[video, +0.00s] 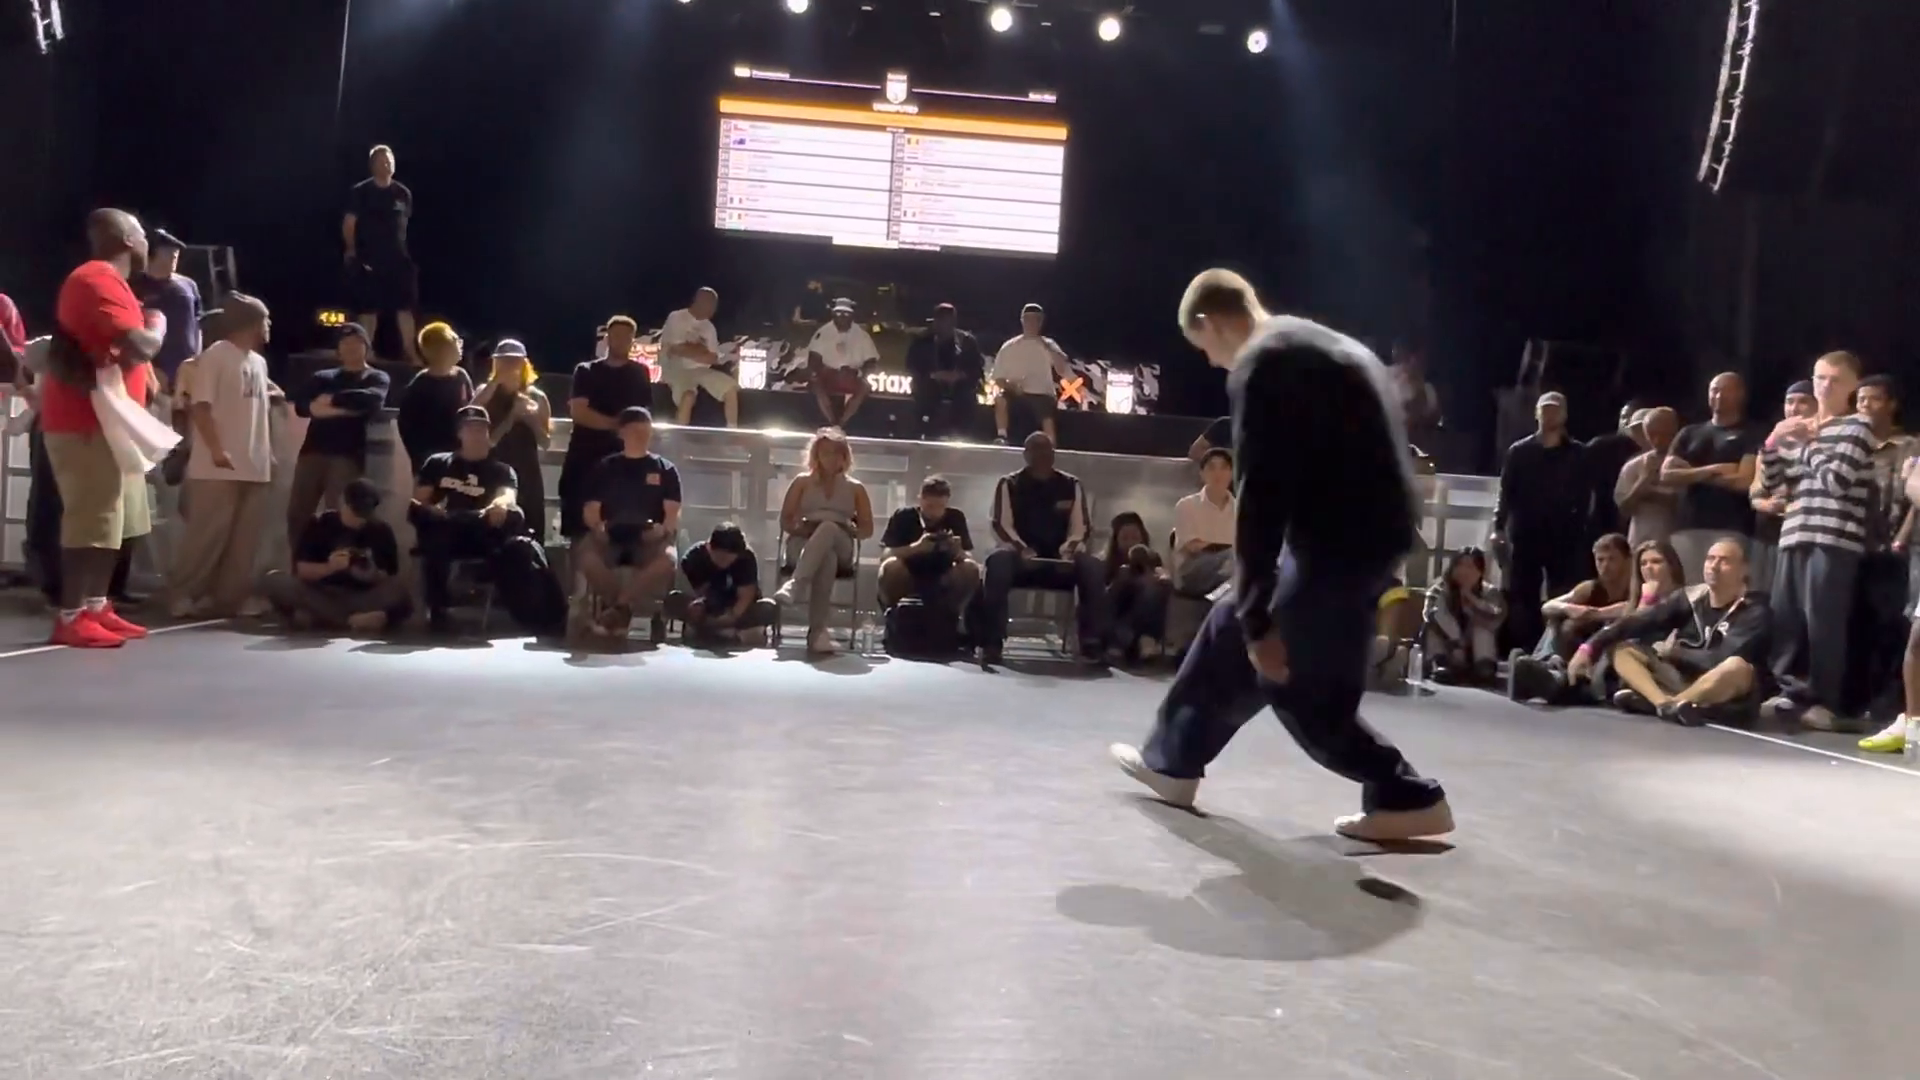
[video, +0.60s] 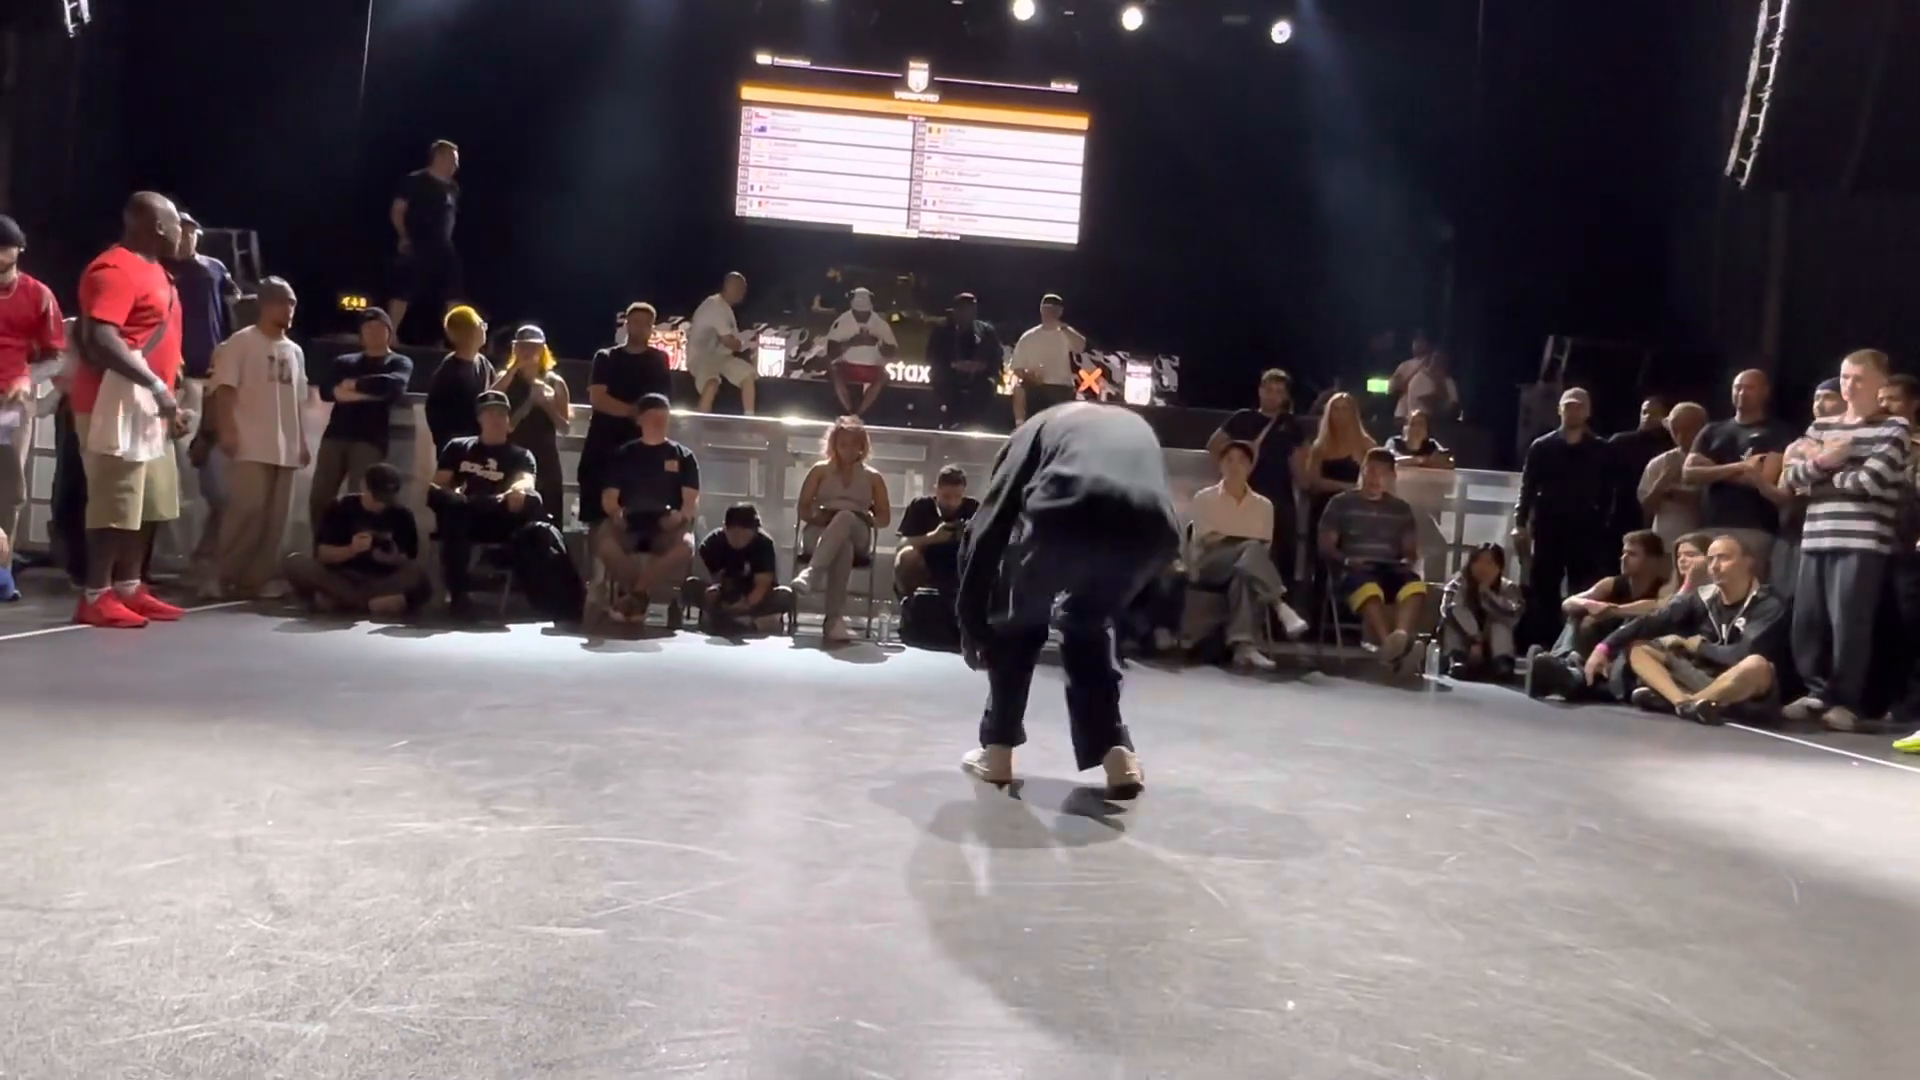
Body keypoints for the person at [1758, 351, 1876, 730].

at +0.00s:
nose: (1821, 386)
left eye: (1830, 380)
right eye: (1819, 378)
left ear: (1850, 387)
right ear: (1813, 383)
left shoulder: (1857, 427)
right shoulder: (1811, 431)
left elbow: (1838, 480)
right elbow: (1778, 483)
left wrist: (1803, 448)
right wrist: (1773, 444)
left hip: (1832, 531)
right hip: (1795, 530)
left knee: (1824, 618)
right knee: (1786, 611)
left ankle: (1828, 702)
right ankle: (1793, 690)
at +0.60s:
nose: (1848, 386)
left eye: (1857, 379)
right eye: (1844, 379)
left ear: (1880, 385)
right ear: (1840, 383)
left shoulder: (1894, 430)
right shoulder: (1823, 428)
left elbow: (1870, 481)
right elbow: (1789, 476)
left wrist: (1821, 475)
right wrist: (1822, 461)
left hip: (1859, 540)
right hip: (1815, 539)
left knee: (1849, 622)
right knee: (1806, 617)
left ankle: (1848, 702)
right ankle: (1816, 692)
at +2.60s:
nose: (1878, 380)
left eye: (1887, 373)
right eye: (1875, 373)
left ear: (1915, 377)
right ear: (1871, 375)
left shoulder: (1918, 425)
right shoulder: (1856, 420)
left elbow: (1895, 480)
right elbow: (1819, 466)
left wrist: (1845, 473)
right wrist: (1862, 470)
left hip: (1892, 540)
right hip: (1845, 537)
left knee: (1879, 621)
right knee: (1834, 613)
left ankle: (1876, 699)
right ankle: (1839, 686)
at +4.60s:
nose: (1881, 380)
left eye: (1890, 373)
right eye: (1876, 373)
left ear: (1912, 378)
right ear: (1868, 378)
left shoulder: (1912, 427)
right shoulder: (1843, 424)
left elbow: (1903, 480)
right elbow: (1815, 470)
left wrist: (1844, 480)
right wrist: (1872, 468)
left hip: (1886, 534)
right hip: (1836, 532)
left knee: (1876, 618)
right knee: (1832, 612)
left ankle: (1876, 699)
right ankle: (1836, 687)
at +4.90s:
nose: (1910, 401)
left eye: (1915, 395)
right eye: (1905, 393)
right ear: (1891, 394)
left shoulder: (1916, 433)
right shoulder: (1864, 425)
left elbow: (1900, 482)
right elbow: (1833, 466)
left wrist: (1855, 478)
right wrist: (1872, 474)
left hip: (1886, 532)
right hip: (1840, 528)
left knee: (1876, 620)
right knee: (1831, 616)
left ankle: (1875, 702)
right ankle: (1838, 689)